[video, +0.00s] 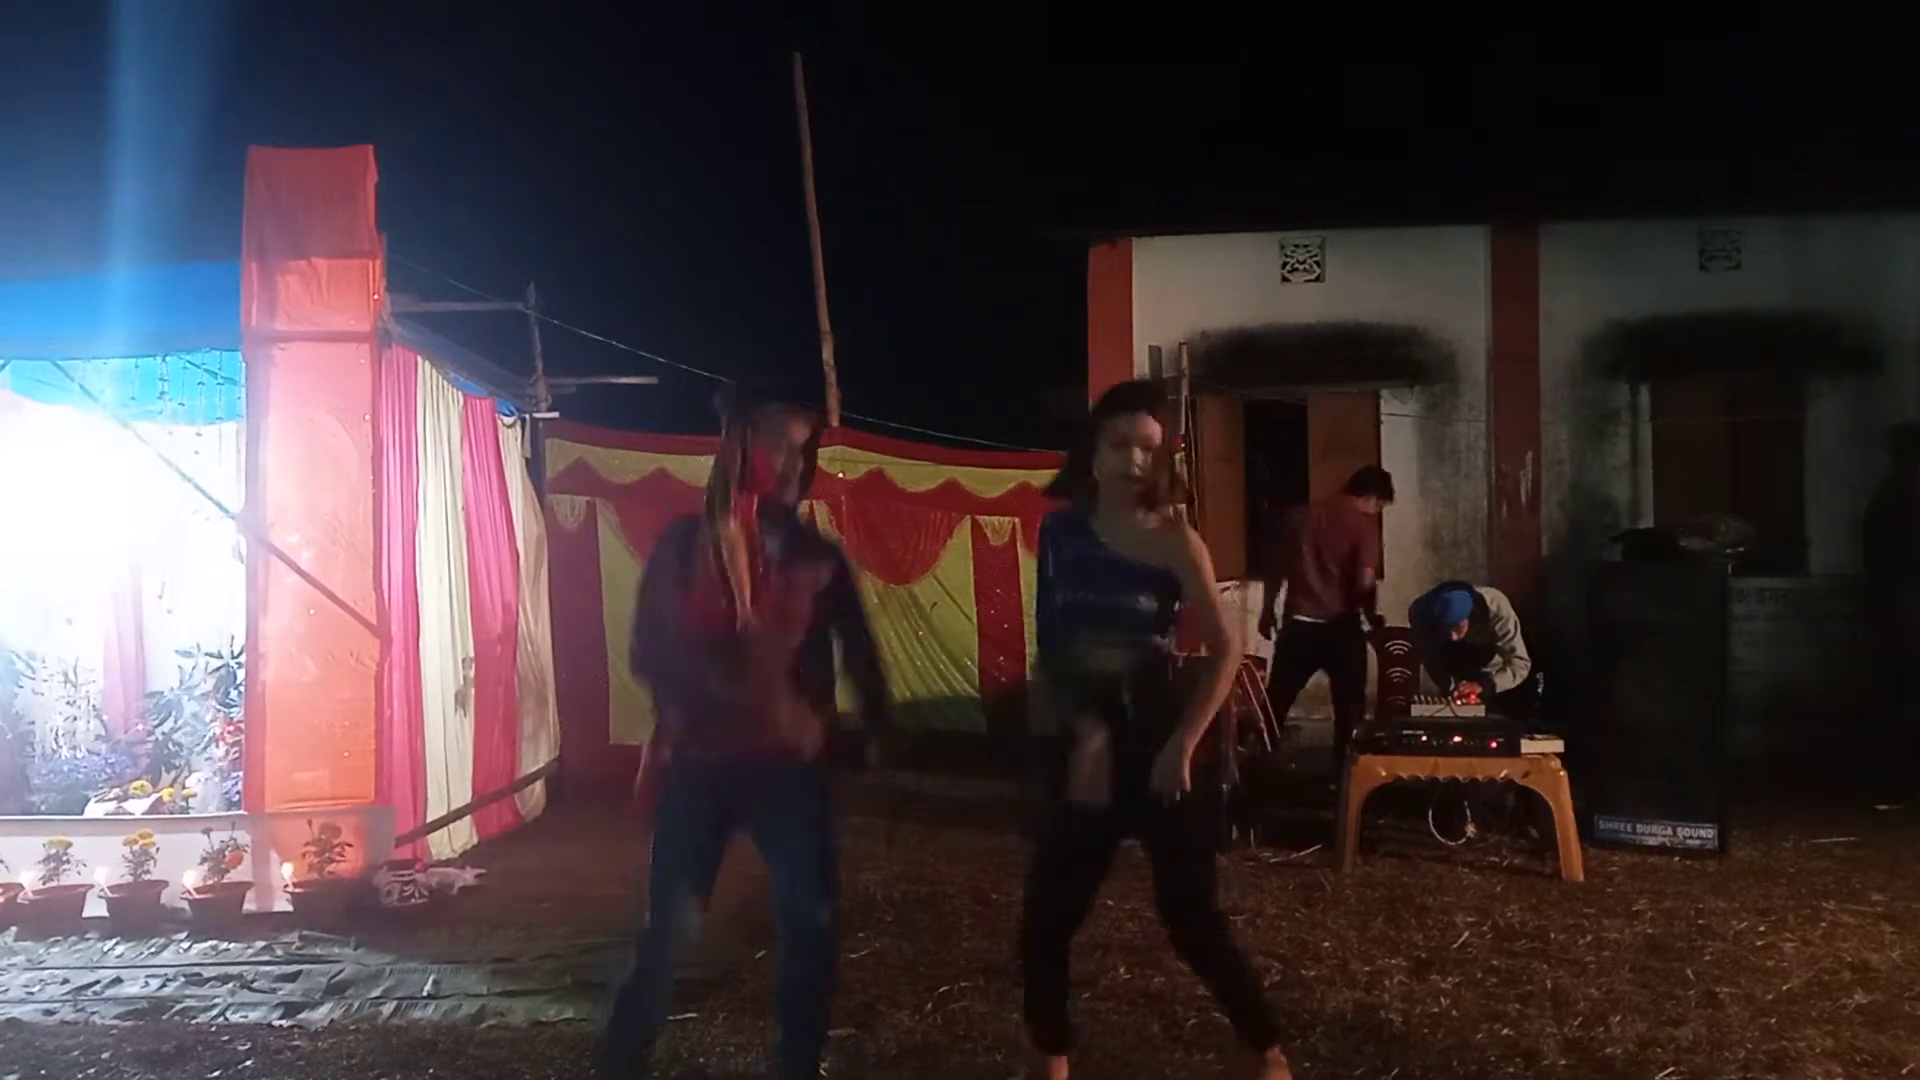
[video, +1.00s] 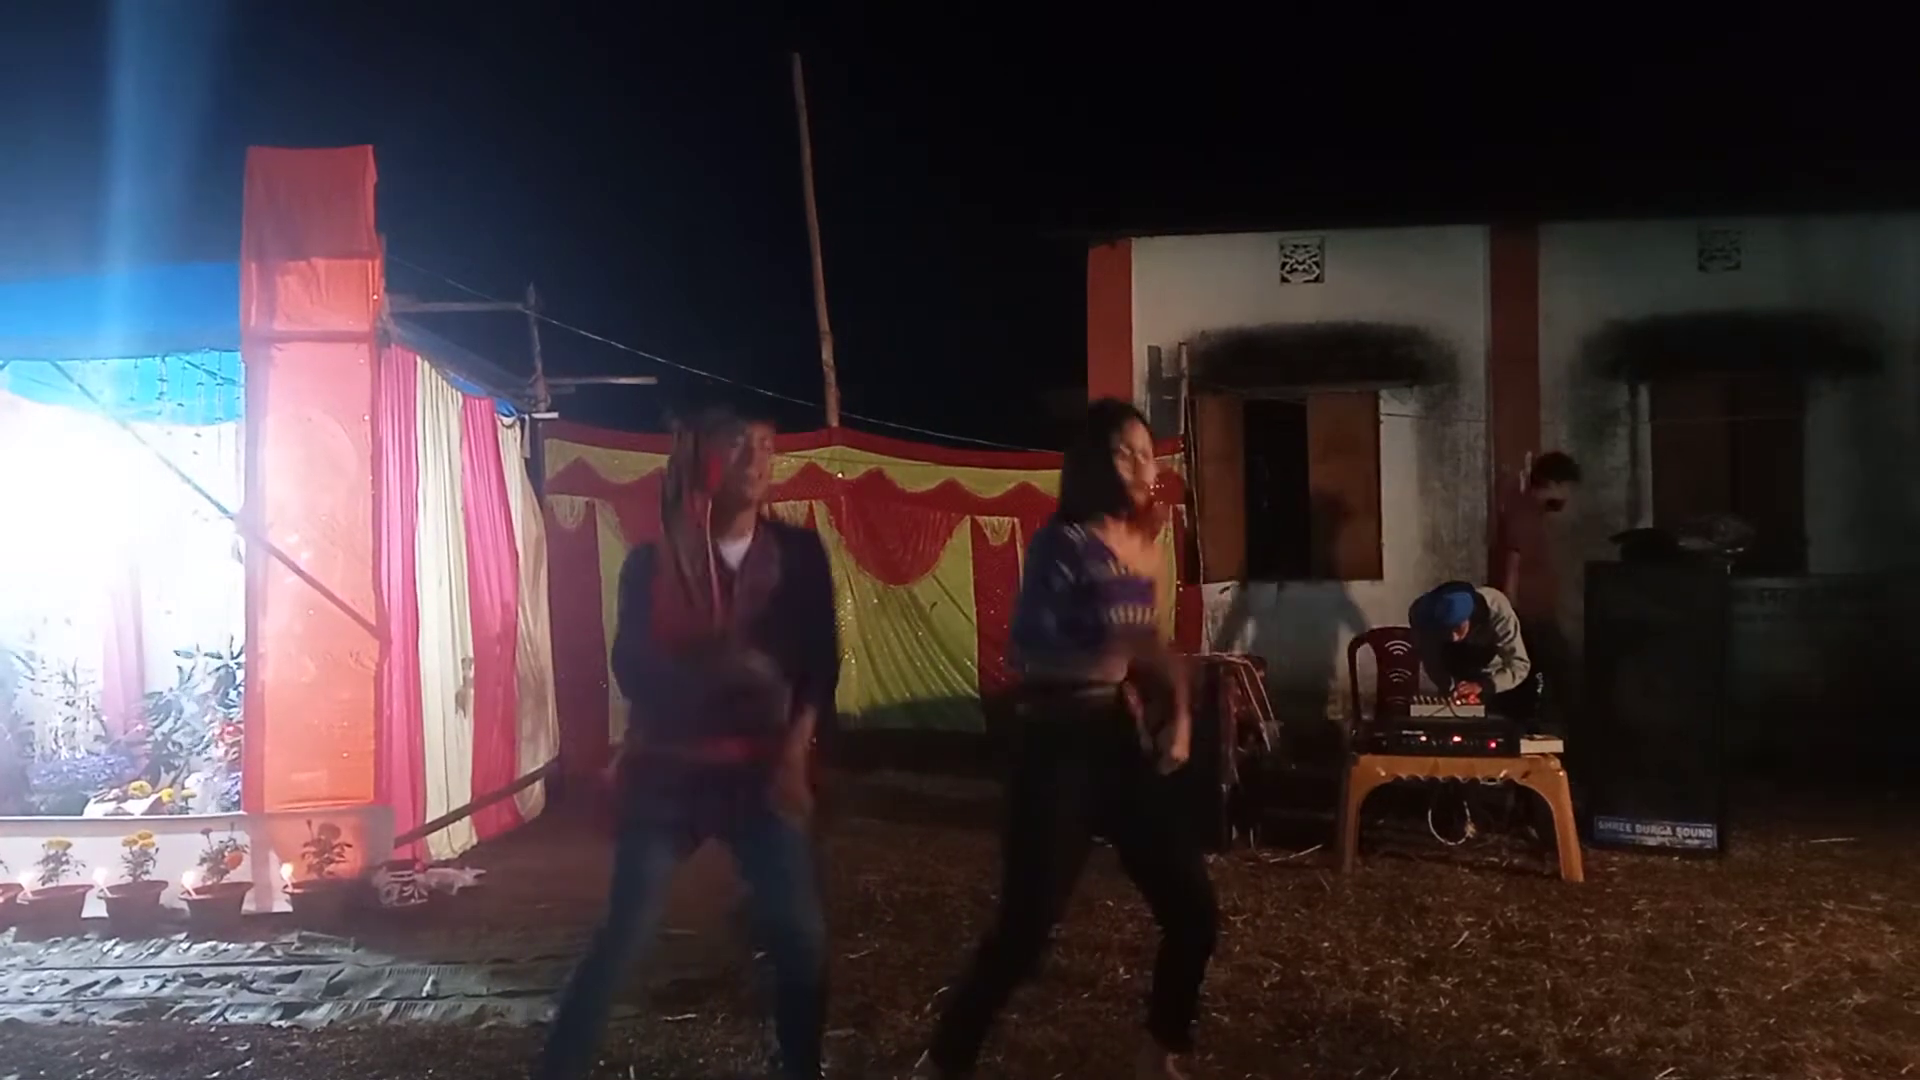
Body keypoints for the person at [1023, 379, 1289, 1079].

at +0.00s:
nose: (1137, 461)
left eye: (1150, 449)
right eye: (1123, 445)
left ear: (1164, 460)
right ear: (1093, 452)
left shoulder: (1175, 540)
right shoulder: (1060, 533)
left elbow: (1227, 648)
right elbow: (1050, 647)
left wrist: (1183, 742)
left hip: (1164, 740)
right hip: (1082, 739)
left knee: (1189, 914)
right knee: (1046, 915)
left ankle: (1270, 1055)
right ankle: (1051, 1060)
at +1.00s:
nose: (1147, 469)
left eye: (1150, 455)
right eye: (1131, 455)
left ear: (1153, 462)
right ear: (1096, 463)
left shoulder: (1147, 545)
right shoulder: (1059, 543)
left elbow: (1150, 644)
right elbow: (1028, 654)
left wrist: (1176, 710)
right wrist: (1110, 665)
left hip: (1122, 741)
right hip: (1056, 743)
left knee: (1192, 912)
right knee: (1025, 926)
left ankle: (1165, 1052)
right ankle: (943, 1062)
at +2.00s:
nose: (1172, 421)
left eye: (1173, 408)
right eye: (1160, 406)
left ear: (1170, 416)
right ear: (1121, 410)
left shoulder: (1174, 501)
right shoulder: (1075, 499)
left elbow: (1191, 600)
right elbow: (1082, 607)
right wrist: (1168, 565)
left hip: (1152, 689)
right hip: (1074, 691)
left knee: (1189, 871)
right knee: (1049, 871)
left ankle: (1221, 1043)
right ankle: (1027, 1045)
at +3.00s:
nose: (1078, 422)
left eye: (1091, 410)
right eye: (1064, 409)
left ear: (1103, 420)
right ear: (1037, 417)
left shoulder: (1130, 484)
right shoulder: (1018, 505)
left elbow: (1214, 531)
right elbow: (993, 611)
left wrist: (1140, 482)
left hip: (1153, 679)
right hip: (1073, 683)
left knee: (1191, 854)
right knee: (1055, 861)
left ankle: (1235, 1035)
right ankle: (1055, 1041)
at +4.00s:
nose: (1110, 421)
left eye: (1121, 408)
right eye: (1095, 412)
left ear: (1146, 418)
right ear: (1078, 429)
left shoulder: (1196, 498)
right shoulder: (1081, 508)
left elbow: (1232, 592)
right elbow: (1019, 559)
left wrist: (1222, 677)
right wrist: (1078, 504)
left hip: (1178, 690)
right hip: (1101, 687)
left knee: (1202, 878)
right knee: (1051, 868)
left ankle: (1228, 1045)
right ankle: (1000, 1034)